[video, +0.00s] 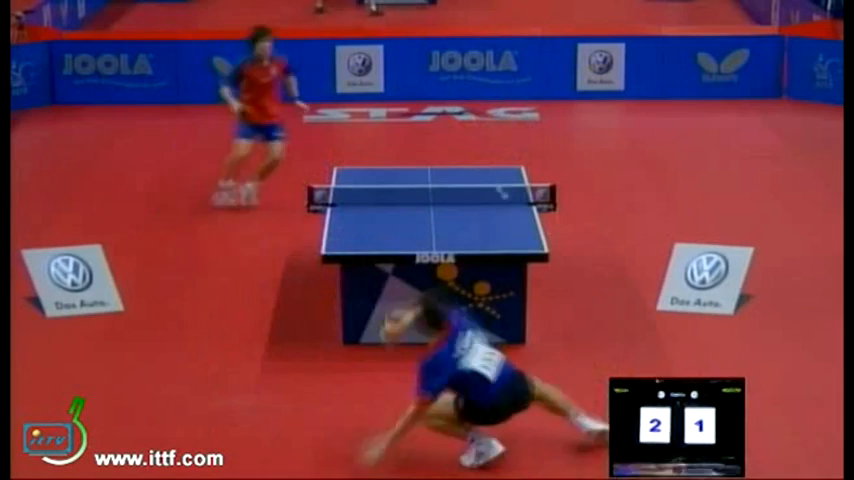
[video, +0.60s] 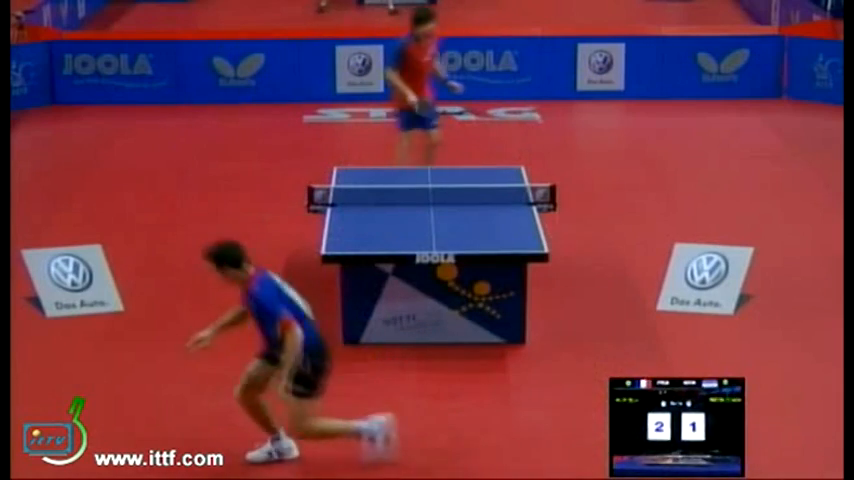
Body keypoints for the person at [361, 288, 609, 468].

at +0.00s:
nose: (414, 319)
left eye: (418, 317)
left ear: (424, 327)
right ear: (444, 316)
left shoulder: (436, 362)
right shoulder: (463, 321)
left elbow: (419, 410)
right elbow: (432, 308)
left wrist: (386, 443)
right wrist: (406, 319)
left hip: (489, 412)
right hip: (518, 390)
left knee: (425, 416)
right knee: (537, 387)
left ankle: (482, 444)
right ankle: (583, 420)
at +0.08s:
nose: (387, 347)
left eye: (388, 341)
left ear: (395, 344)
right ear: (411, 330)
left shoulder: (414, 378)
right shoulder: (428, 335)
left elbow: (401, 427)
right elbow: (394, 339)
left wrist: (380, 471)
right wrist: (369, 356)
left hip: (483, 407)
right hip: (500, 380)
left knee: (414, 428)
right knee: (496, 377)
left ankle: (476, 442)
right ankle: (533, 421)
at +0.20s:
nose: (347, 350)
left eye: (350, 347)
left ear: (356, 348)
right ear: (370, 331)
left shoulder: (382, 379)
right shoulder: (386, 333)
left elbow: (385, 430)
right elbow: (361, 345)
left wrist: (381, 472)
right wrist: (340, 362)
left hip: (449, 401)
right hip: (458, 370)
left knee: (396, 454)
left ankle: (458, 439)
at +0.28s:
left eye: (326, 337)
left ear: (334, 340)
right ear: (345, 320)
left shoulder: (358, 371)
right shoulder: (361, 323)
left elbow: (372, 424)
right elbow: (343, 336)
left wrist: (374, 471)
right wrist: (326, 343)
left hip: (420, 396)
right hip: (429, 365)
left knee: (388, 461)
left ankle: (450, 435)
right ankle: (337, 414)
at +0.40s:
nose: (283, 311)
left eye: (284, 307)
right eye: (284, 307)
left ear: (292, 311)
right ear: (307, 299)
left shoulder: (317, 343)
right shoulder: (324, 307)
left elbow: (334, 391)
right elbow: (297, 319)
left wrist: (343, 438)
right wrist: (276, 328)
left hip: (375, 382)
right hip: (358, 366)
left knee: (389, 450)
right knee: (295, 381)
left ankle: (458, 429)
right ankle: (286, 442)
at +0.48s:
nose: (262, 291)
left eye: (260, 288)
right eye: (267, 285)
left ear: (263, 293)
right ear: (283, 281)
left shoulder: (291, 323)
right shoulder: (301, 296)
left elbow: (311, 367)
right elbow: (278, 312)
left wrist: (316, 411)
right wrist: (249, 328)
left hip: (347, 374)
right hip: (328, 362)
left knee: (360, 440)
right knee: (269, 389)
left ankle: (433, 434)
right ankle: (282, 444)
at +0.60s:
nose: (222, 277)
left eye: (221, 272)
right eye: (219, 272)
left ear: (230, 270)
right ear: (240, 262)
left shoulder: (262, 290)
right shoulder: (254, 283)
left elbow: (294, 333)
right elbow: (245, 313)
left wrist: (284, 375)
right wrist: (212, 332)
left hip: (307, 352)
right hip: (279, 349)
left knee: (301, 426)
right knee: (246, 395)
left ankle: (370, 428)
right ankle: (280, 444)